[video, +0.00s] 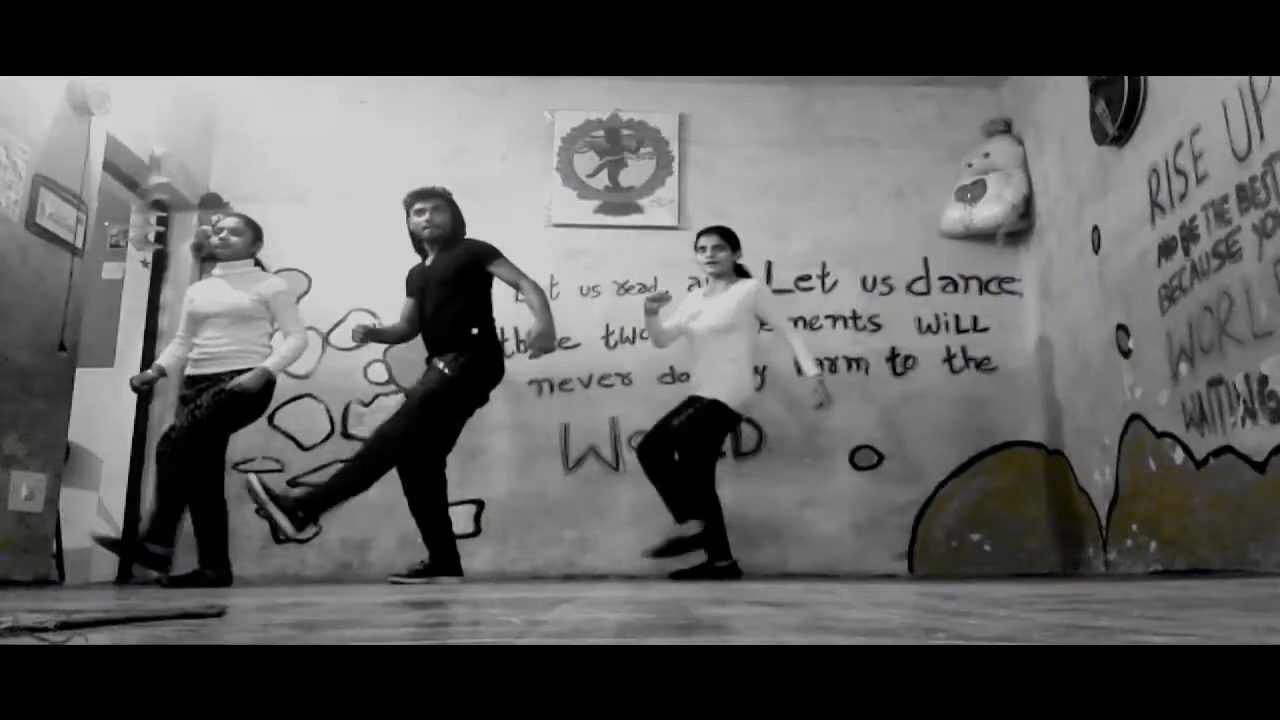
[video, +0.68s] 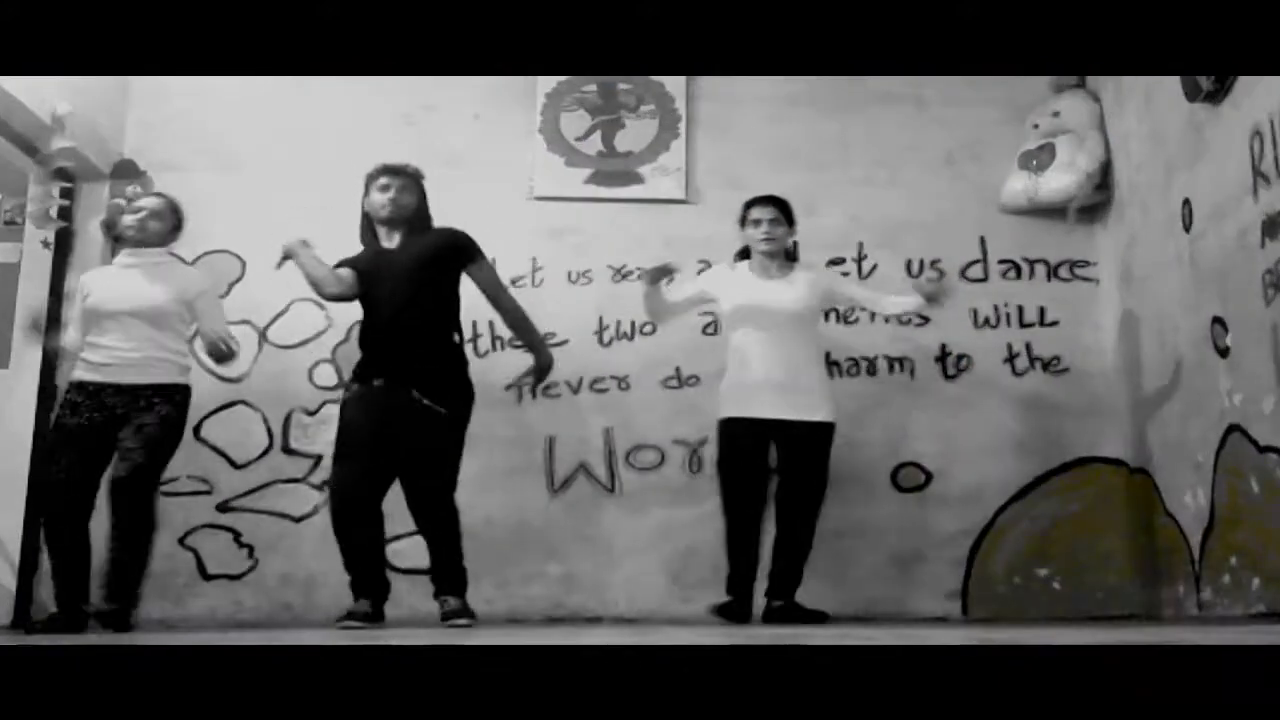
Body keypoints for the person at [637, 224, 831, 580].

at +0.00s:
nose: (710, 255)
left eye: (718, 249)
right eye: (703, 250)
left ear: (735, 254)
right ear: (697, 257)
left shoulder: (751, 291)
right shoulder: (696, 298)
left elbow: (790, 332)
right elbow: (661, 339)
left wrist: (814, 377)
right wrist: (651, 313)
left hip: (728, 392)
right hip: (703, 391)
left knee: (652, 448)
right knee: (697, 474)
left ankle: (690, 524)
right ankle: (720, 559)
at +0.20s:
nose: (711, 253)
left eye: (719, 247)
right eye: (704, 248)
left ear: (736, 252)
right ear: (698, 255)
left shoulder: (750, 288)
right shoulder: (698, 295)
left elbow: (789, 329)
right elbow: (654, 331)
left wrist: (813, 372)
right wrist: (652, 300)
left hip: (725, 392)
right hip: (704, 391)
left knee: (652, 452)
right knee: (702, 477)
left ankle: (673, 533)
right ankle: (721, 560)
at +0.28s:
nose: (727, 231)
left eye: (737, 223)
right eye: (718, 225)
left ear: (756, 230)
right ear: (711, 233)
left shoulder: (774, 273)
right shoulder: (708, 282)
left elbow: (817, 320)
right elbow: (659, 322)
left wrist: (853, 361)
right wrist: (657, 283)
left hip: (746, 400)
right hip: (719, 399)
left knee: (681, 484)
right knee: (719, 503)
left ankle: (645, 582)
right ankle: (737, 600)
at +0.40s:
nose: (729, 232)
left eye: (738, 224)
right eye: (721, 225)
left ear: (758, 230)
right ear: (713, 235)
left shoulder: (778, 272)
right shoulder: (712, 284)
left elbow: (826, 322)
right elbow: (667, 325)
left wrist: (870, 360)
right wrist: (663, 284)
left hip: (759, 399)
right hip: (725, 401)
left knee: (712, 493)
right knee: (700, 494)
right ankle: (723, 592)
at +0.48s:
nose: (734, 231)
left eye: (744, 224)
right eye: (725, 225)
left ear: (763, 230)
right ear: (718, 234)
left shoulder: (783, 273)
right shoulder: (712, 282)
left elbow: (835, 319)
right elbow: (672, 322)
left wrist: (884, 355)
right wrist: (673, 279)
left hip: (765, 399)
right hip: (723, 402)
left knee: (725, 495)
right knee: (715, 500)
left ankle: (759, 601)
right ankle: (735, 600)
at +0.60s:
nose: (752, 229)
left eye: (761, 222)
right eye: (744, 223)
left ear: (779, 230)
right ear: (732, 233)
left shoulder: (804, 277)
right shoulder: (718, 280)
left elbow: (868, 304)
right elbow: (654, 303)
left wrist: (926, 321)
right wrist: (672, 271)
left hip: (792, 408)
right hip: (732, 409)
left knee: (785, 509)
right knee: (725, 507)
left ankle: (778, 602)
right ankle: (736, 599)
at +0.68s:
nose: (766, 230)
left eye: (775, 223)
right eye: (756, 223)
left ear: (791, 232)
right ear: (743, 233)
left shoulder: (814, 281)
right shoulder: (724, 278)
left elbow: (876, 303)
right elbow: (660, 313)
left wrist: (920, 299)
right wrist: (652, 287)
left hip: (806, 410)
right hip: (744, 409)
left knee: (800, 512)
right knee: (742, 509)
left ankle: (781, 601)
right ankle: (738, 600)